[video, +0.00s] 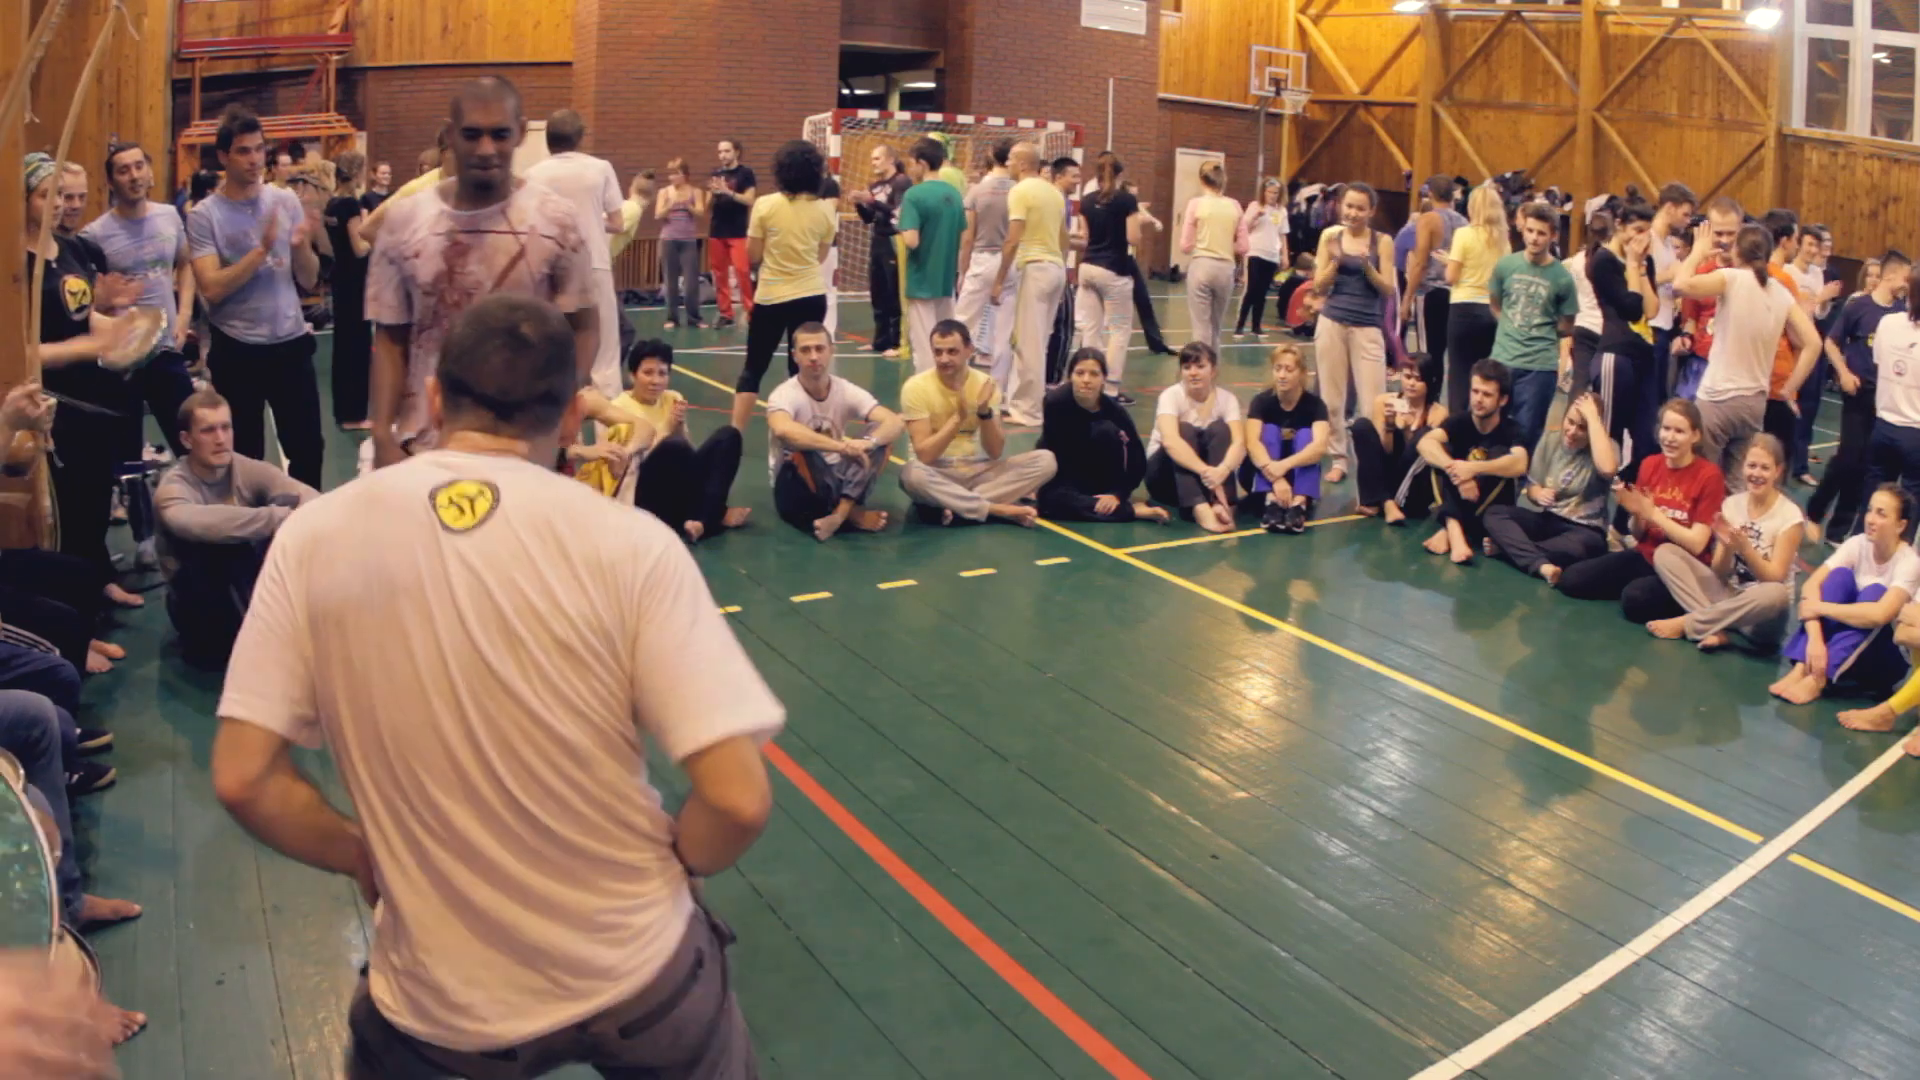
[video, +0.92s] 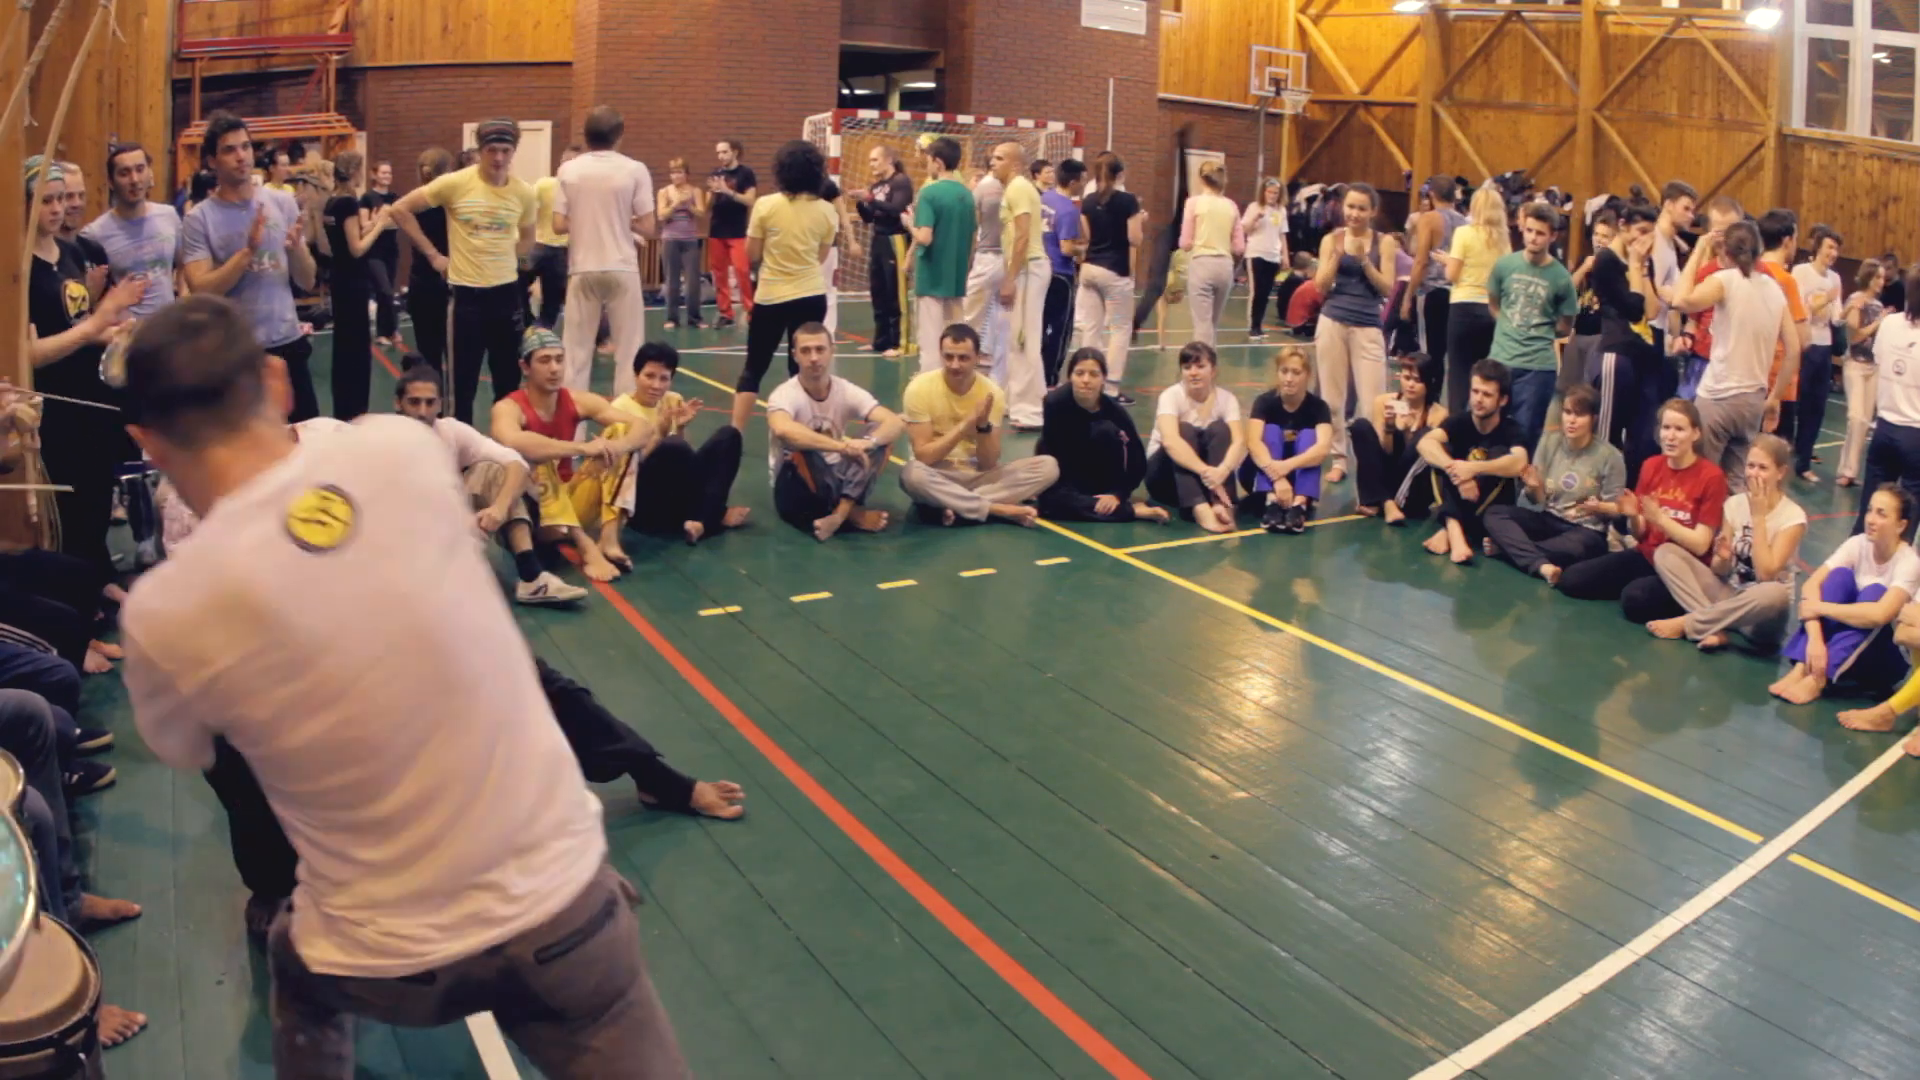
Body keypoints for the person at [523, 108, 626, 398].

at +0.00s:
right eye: (581, 136)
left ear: (548, 139)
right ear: (581, 138)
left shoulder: (535, 174)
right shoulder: (600, 168)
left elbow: (527, 222)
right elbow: (617, 223)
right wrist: (590, 219)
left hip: (551, 266)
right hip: (595, 267)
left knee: (551, 331)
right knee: (604, 330)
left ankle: (553, 397)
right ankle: (606, 391)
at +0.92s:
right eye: (618, 133)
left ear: (586, 135)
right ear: (619, 136)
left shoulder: (568, 170)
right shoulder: (635, 170)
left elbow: (559, 225)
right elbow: (648, 228)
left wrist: (586, 220)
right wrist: (621, 219)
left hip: (583, 268)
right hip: (621, 266)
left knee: (576, 351)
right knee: (629, 351)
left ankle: (571, 424)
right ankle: (625, 425)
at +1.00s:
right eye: (626, 133)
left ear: (593, 135)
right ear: (627, 136)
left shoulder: (575, 170)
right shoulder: (643, 171)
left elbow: (563, 223)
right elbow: (653, 228)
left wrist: (586, 228)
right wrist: (625, 223)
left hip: (588, 267)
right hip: (628, 267)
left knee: (580, 353)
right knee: (633, 353)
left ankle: (575, 431)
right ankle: (627, 430)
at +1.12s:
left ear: (606, 136)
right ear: (637, 139)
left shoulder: (585, 168)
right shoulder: (652, 173)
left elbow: (572, 219)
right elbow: (663, 231)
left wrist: (598, 225)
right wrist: (635, 225)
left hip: (594, 266)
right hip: (635, 266)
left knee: (585, 345)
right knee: (637, 346)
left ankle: (580, 420)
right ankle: (631, 421)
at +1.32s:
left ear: (615, 135)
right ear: (647, 138)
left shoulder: (593, 167)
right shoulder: (661, 173)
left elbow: (579, 217)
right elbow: (667, 230)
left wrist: (605, 221)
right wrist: (643, 223)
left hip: (600, 264)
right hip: (641, 265)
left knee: (588, 342)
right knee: (641, 344)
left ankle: (582, 415)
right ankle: (633, 417)